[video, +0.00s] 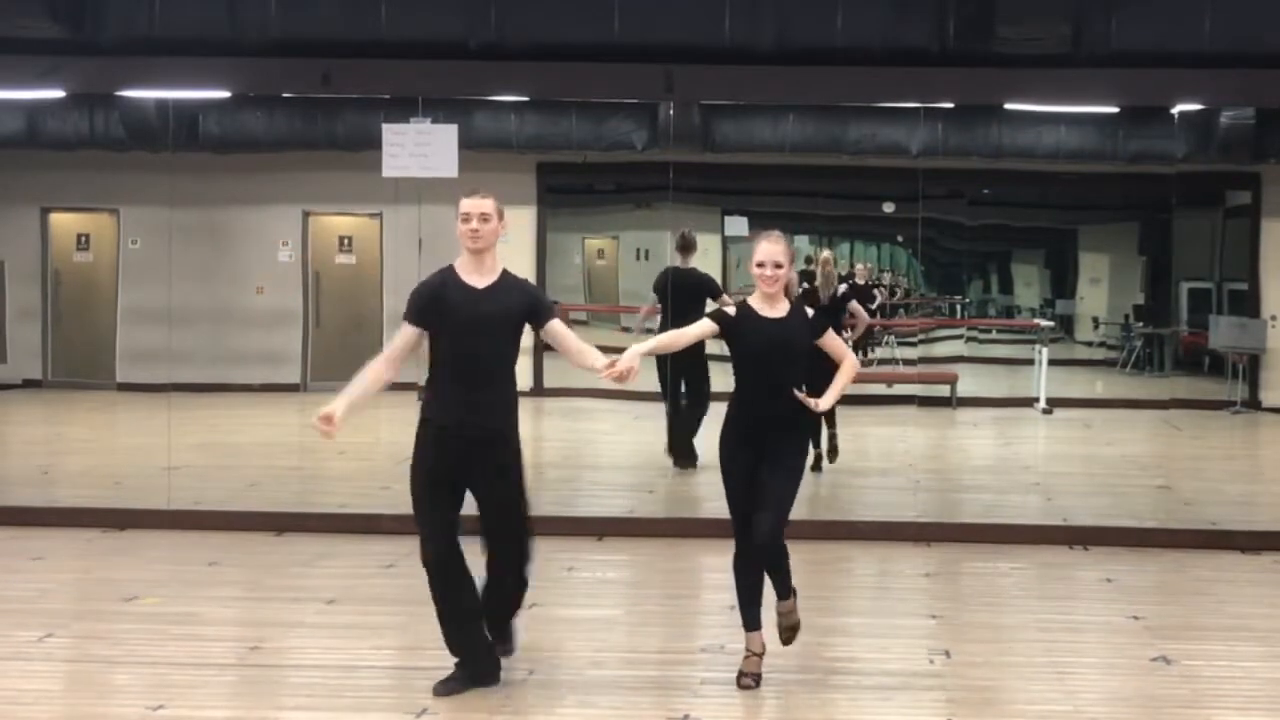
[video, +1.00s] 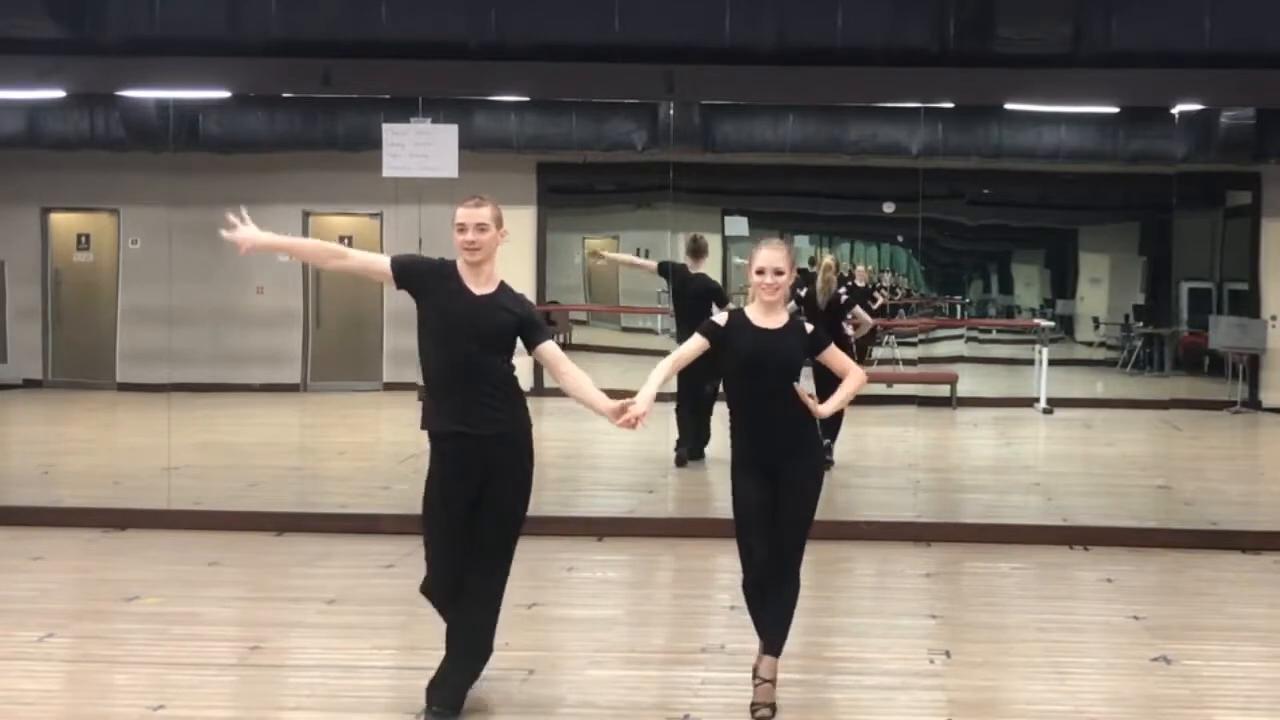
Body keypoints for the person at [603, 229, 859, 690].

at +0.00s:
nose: (769, 273)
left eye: (777, 266)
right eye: (761, 265)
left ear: (790, 270)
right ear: (750, 268)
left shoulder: (807, 319)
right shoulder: (733, 314)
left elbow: (850, 362)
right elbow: (681, 337)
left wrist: (825, 401)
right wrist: (636, 351)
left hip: (789, 437)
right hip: (740, 436)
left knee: (766, 536)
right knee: (746, 540)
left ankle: (785, 598)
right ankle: (753, 642)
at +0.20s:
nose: (769, 271)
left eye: (778, 263)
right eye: (762, 263)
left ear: (791, 268)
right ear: (750, 267)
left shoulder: (809, 317)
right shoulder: (731, 314)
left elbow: (859, 358)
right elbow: (674, 345)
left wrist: (824, 406)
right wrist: (659, 362)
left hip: (792, 439)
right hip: (744, 438)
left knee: (767, 534)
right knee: (758, 535)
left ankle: (749, 613)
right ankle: (757, 641)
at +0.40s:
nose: (771, 277)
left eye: (779, 270)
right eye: (763, 270)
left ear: (793, 274)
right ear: (751, 274)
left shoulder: (814, 322)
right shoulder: (738, 324)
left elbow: (859, 369)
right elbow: (684, 354)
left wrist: (824, 415)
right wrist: (664, 362)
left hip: (790, 443)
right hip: (741, 441)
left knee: (771, 541)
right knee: (760, 540)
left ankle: (755, 618)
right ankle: (765, 641)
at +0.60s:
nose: (769, 272)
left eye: (778, 265)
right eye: (762, 265)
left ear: (792, 271)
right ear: (751, 271)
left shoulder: (815, 317)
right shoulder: (740, 325)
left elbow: (855, 367)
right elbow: (687, 355)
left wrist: (833, 418)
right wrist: (650, 371)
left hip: (791, 442)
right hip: (741, 441)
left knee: (766, 539)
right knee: (747, 542)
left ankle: (781, 638)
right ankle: (761, 644)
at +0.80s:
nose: (770, 269)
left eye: (778, 262)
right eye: (762, 262)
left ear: (792, 269)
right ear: (750, 267)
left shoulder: (807, 318)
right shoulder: (732, 317)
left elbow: (850, 367)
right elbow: (676, 353)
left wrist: (838, 407)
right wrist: (639, 380)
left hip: (797, 445)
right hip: (749, 445)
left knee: (779, 553)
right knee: (755, 553)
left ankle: (765, 664)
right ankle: (768, 648)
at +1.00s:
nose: (769, 280)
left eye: (778, 272)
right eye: (761, 272)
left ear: (792, 277)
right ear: (749, 275)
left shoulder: (806, 330)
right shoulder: (728, 325)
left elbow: (856, 374)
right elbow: (672, 363)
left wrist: (826, 408)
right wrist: (644, 399)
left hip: (799, 456)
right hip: (749, 458)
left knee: (785, 562)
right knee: (756, 565)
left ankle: (767, 669)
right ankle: (769, 650)